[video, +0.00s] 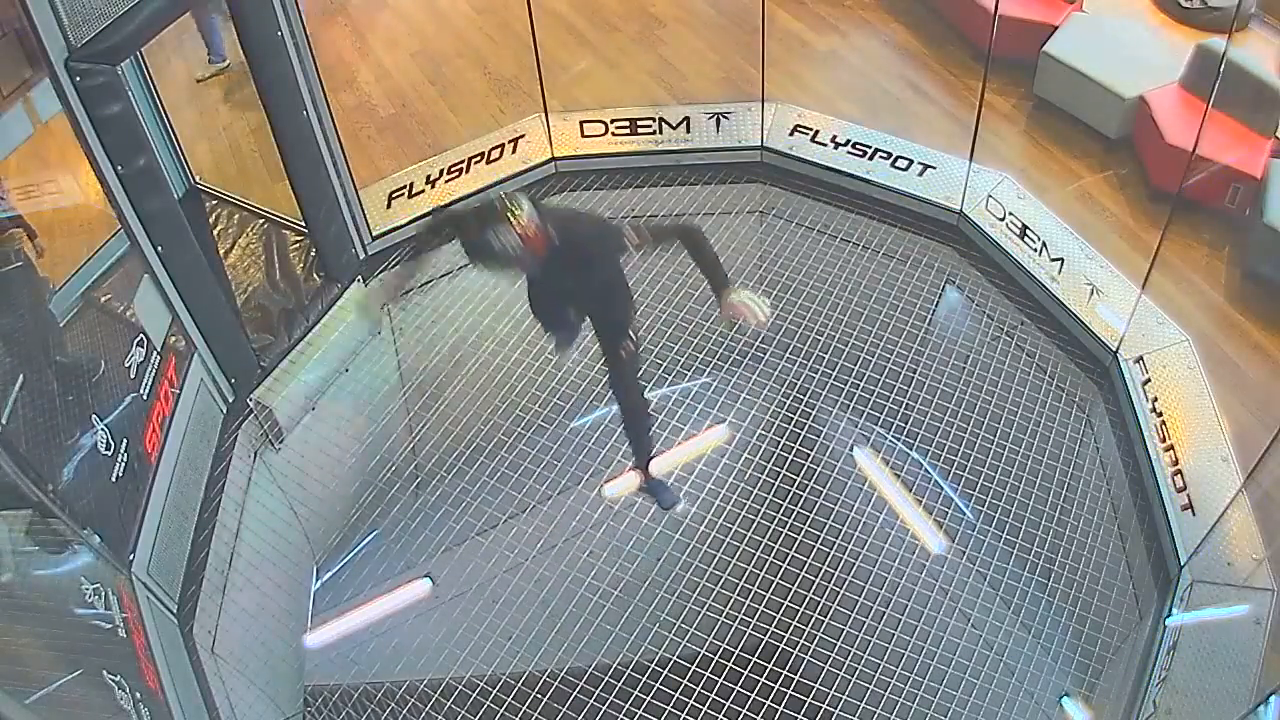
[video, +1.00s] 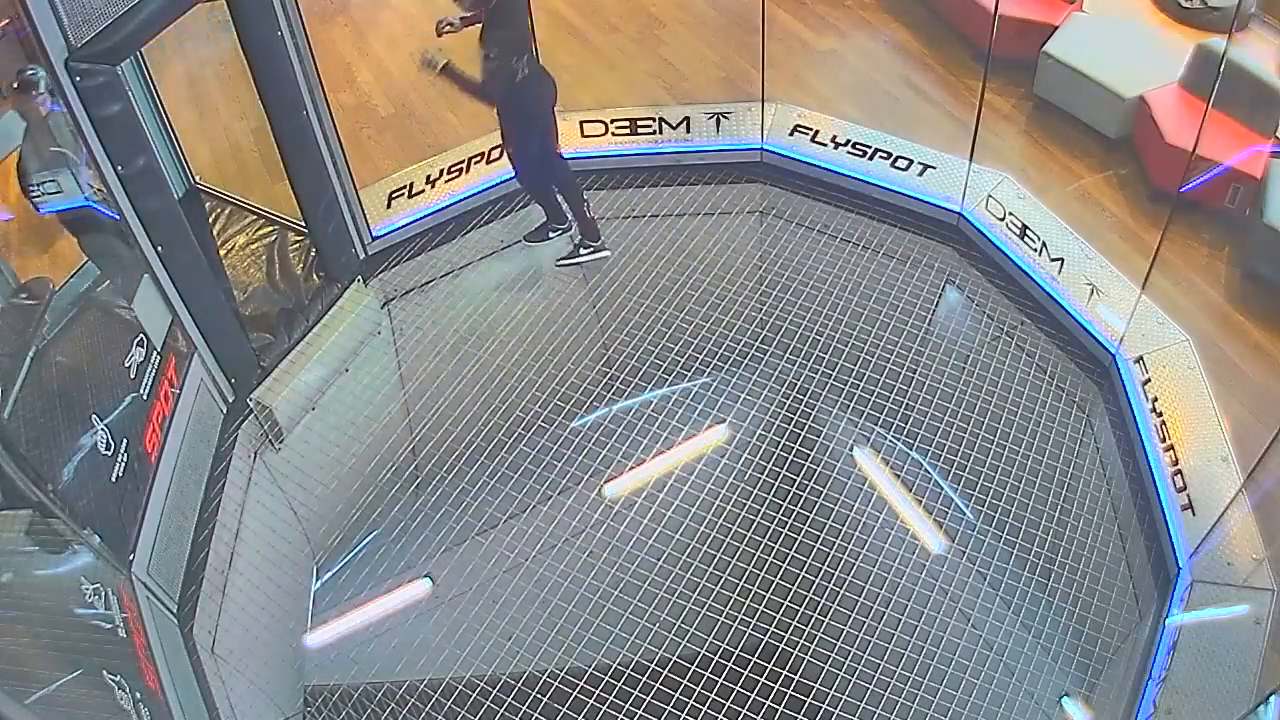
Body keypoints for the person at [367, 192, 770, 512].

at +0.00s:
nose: (529, 250)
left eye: (529, 241)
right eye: (516, 250)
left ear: (535, 222)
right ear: (498, 248)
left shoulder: (592, 232)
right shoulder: (487, 235)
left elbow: (686, 230)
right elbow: (441, 224)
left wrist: (725, 292)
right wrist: (399, 273)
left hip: (603, 279)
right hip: (552, 280)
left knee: (623, 377)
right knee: (554, 321)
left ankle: (646, 471)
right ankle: (568, 329)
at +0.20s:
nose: (451, 178)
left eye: (451, 169)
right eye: (444, 172)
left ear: (471, 150)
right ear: (445, 159)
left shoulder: (537, 167)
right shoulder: (478, 158)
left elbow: (634, 157)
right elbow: (443, 125)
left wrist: (669, 204)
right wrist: (392, 142)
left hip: (578, 244)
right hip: (533, 244)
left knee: (589, 354)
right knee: (542, 271)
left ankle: (601, 448)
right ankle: (570, 293)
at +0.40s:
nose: (446, 125)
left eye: (446, 116)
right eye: (440, 119)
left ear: (466, 101)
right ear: (463, 100)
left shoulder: (515, 130)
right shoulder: (483, 117)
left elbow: (599, 136)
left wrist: (617, 188)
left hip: (562, 217)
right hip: (529, 215)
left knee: (546, 314)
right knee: (558, 266)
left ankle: (538, 415)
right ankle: (590, 300)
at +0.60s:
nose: (442, 73)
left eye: (441, 64)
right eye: (436, 67)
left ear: (457, 49)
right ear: (459, 43)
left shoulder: (496, 74)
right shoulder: (485, 58)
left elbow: (573, 111)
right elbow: (487, 14)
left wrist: (562, 156)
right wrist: (444, 24)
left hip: (537, 169)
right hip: (528, 167)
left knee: (503, 252)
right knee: (546, 230)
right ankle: (589, 294)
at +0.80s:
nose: (435, 28)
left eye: (436, 19)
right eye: (431, 21)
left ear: (456, 6)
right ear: (459, 3)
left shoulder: (489, 49)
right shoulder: (488, 9)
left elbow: (511, 108)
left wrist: (459, 119)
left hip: (532, 120)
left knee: (551, 190)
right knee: (509, 177)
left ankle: (583, 267)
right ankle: (546, 217)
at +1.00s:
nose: (465, 8)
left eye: (466, 5)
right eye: (462, 6)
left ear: (477, 2)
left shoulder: (498, 33)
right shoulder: (509, 4)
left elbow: (491, 94)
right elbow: (494, 12)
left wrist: (445, 69)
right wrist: (463, 21)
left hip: (525, 99)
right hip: (535, 84)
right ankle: (558, 221)